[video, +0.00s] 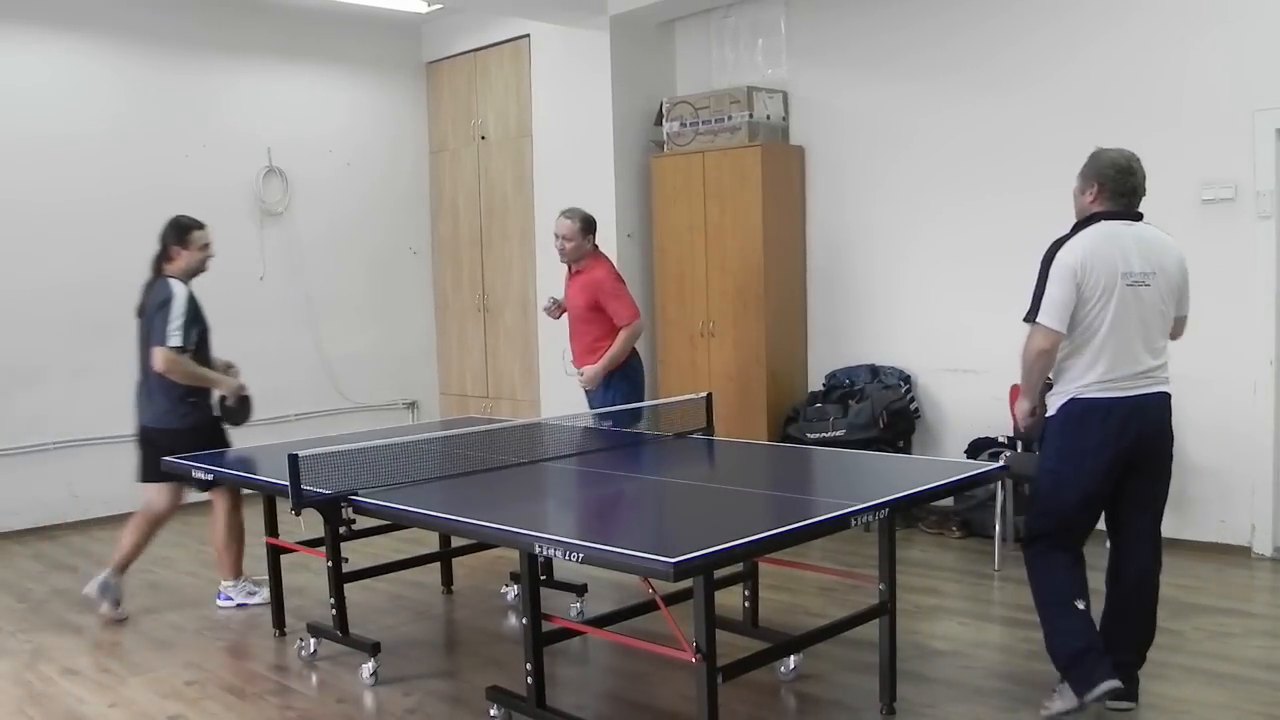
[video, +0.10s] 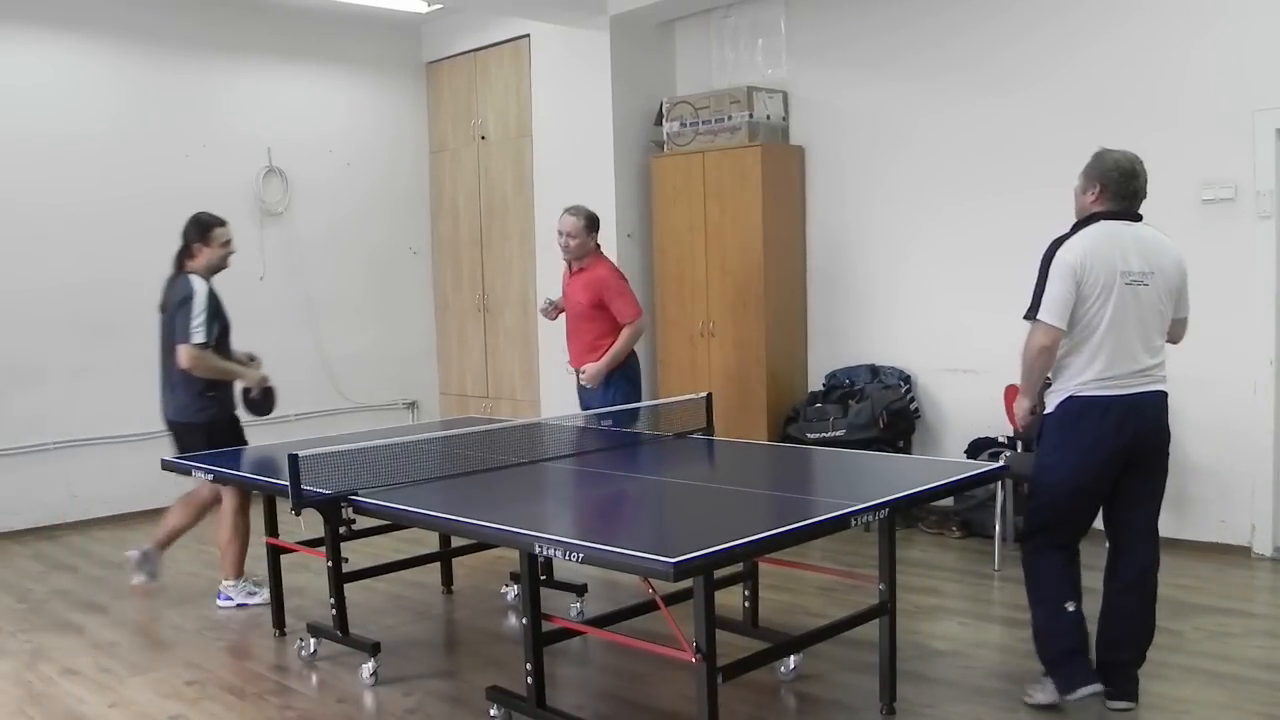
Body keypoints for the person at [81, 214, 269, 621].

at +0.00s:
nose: (209, 256)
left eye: (208, 248)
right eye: (203, 249)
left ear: (175, 253)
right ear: (176, 252)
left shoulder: (157, 290)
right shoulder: (177, 293)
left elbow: (171, 352)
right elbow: (165, 361)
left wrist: (213, 364)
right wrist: (219, 382)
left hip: (158, 420)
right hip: (190, 422)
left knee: (161, 501)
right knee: (225, 492)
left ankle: (110, 579)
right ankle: (232, 586)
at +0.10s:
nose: (230, 252)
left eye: (229, 245)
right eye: (224, 245)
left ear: (197, 250)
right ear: (198, 249)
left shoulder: (181, 284)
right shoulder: (196, 290)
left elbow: (195, 346)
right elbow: (190, 358)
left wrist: (235, 357)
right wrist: (245, 374)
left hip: (187, 412)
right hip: (207, 414)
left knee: (211, 487)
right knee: (237, 490)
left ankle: (151, 552)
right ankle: (232, 584)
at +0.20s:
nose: (249, 245)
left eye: (248, 237)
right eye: (242, 238)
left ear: (216, 243)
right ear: (217, 242)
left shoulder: (203, 278)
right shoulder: (211, 281)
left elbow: (215, 342)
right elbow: (211, 350)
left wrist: (258, 352)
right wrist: (263, 362)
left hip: (208, 403)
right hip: (220, 406)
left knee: (237, 481)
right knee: (240, 490)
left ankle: (201, 546)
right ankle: (232, 585)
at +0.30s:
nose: (264, 245)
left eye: (264, 238)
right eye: (258, 238)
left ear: (233, 242)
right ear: (233, 241)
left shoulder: (231, 278)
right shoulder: (224, 281)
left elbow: (239, 339)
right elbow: (229, 348)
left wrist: (275, 347)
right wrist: (278, 358)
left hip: (236, 404)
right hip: (230, 407)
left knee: (258, 484)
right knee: (243, 490)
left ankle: (243, 565)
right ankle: (232, 584)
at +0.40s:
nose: (279, 248)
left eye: (279, 241)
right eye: (272, 242)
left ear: (253, 245)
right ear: (247, 245)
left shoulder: (256, 281)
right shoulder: (237, 283)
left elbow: (261, 337)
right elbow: (240, 349)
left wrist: (294, 350)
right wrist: (289, 358)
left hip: (257, 403)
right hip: (242, 406)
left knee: (274, 484)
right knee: (256, 490)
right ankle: (232, 582)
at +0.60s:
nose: (312, 250)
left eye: (313, 243)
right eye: (305, 244)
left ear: (300, 247)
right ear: (281, 246)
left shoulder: (306, 287)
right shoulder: (263, 286)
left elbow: (307, 331)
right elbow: (250, 346)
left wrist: (323, 349)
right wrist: (303, 359)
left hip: (300, 404)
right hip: (266, 408)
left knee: (326, 479)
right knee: (265, 492)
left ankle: (334, 555)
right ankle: (236, 576)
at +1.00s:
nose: (340, 239)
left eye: (341, 233)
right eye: (333, 234)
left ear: (337, 238)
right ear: (309, 237)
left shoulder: (346, 280)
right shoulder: (287, 277)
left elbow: (363, 324)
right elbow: (260, 327)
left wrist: (365, 336)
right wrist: (295, 368)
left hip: (340, 394)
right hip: (298, 394)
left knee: (341, 471)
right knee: (293, 475)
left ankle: (336, 547)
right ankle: (292, 551)